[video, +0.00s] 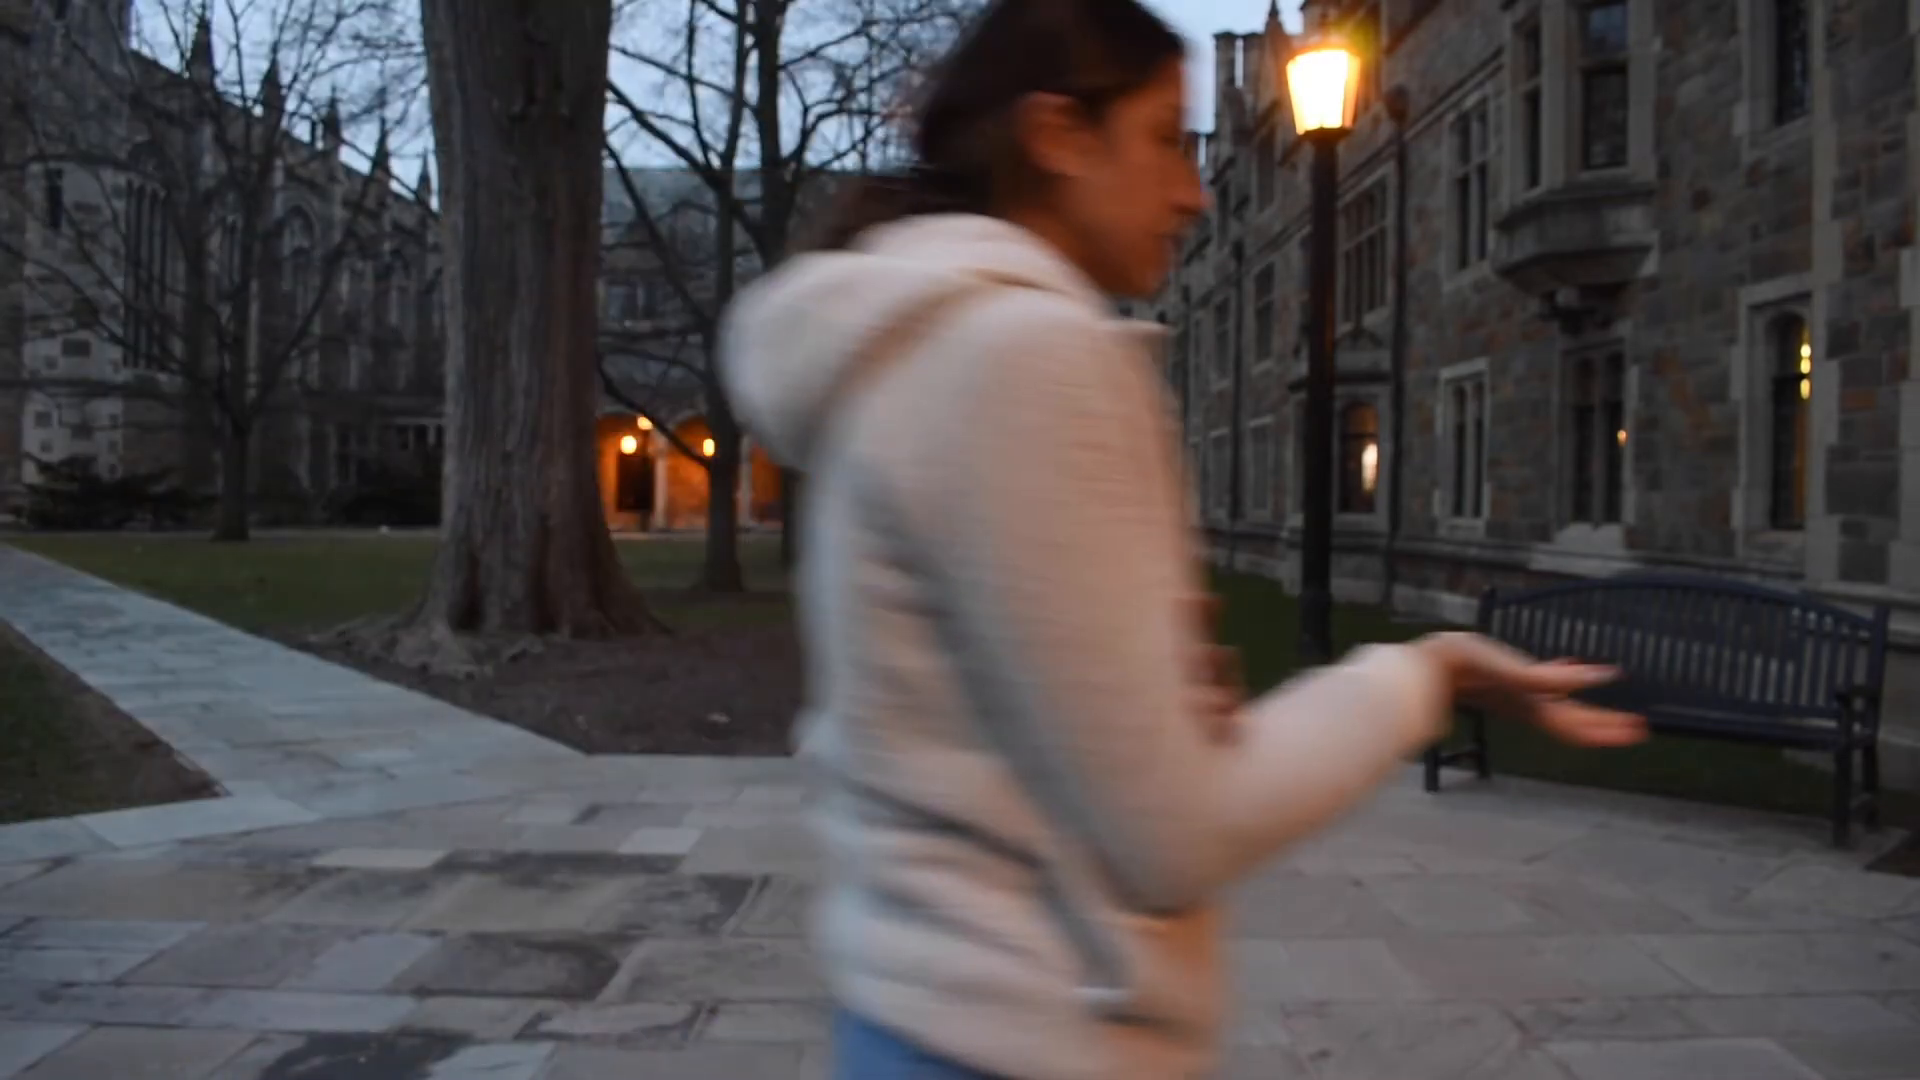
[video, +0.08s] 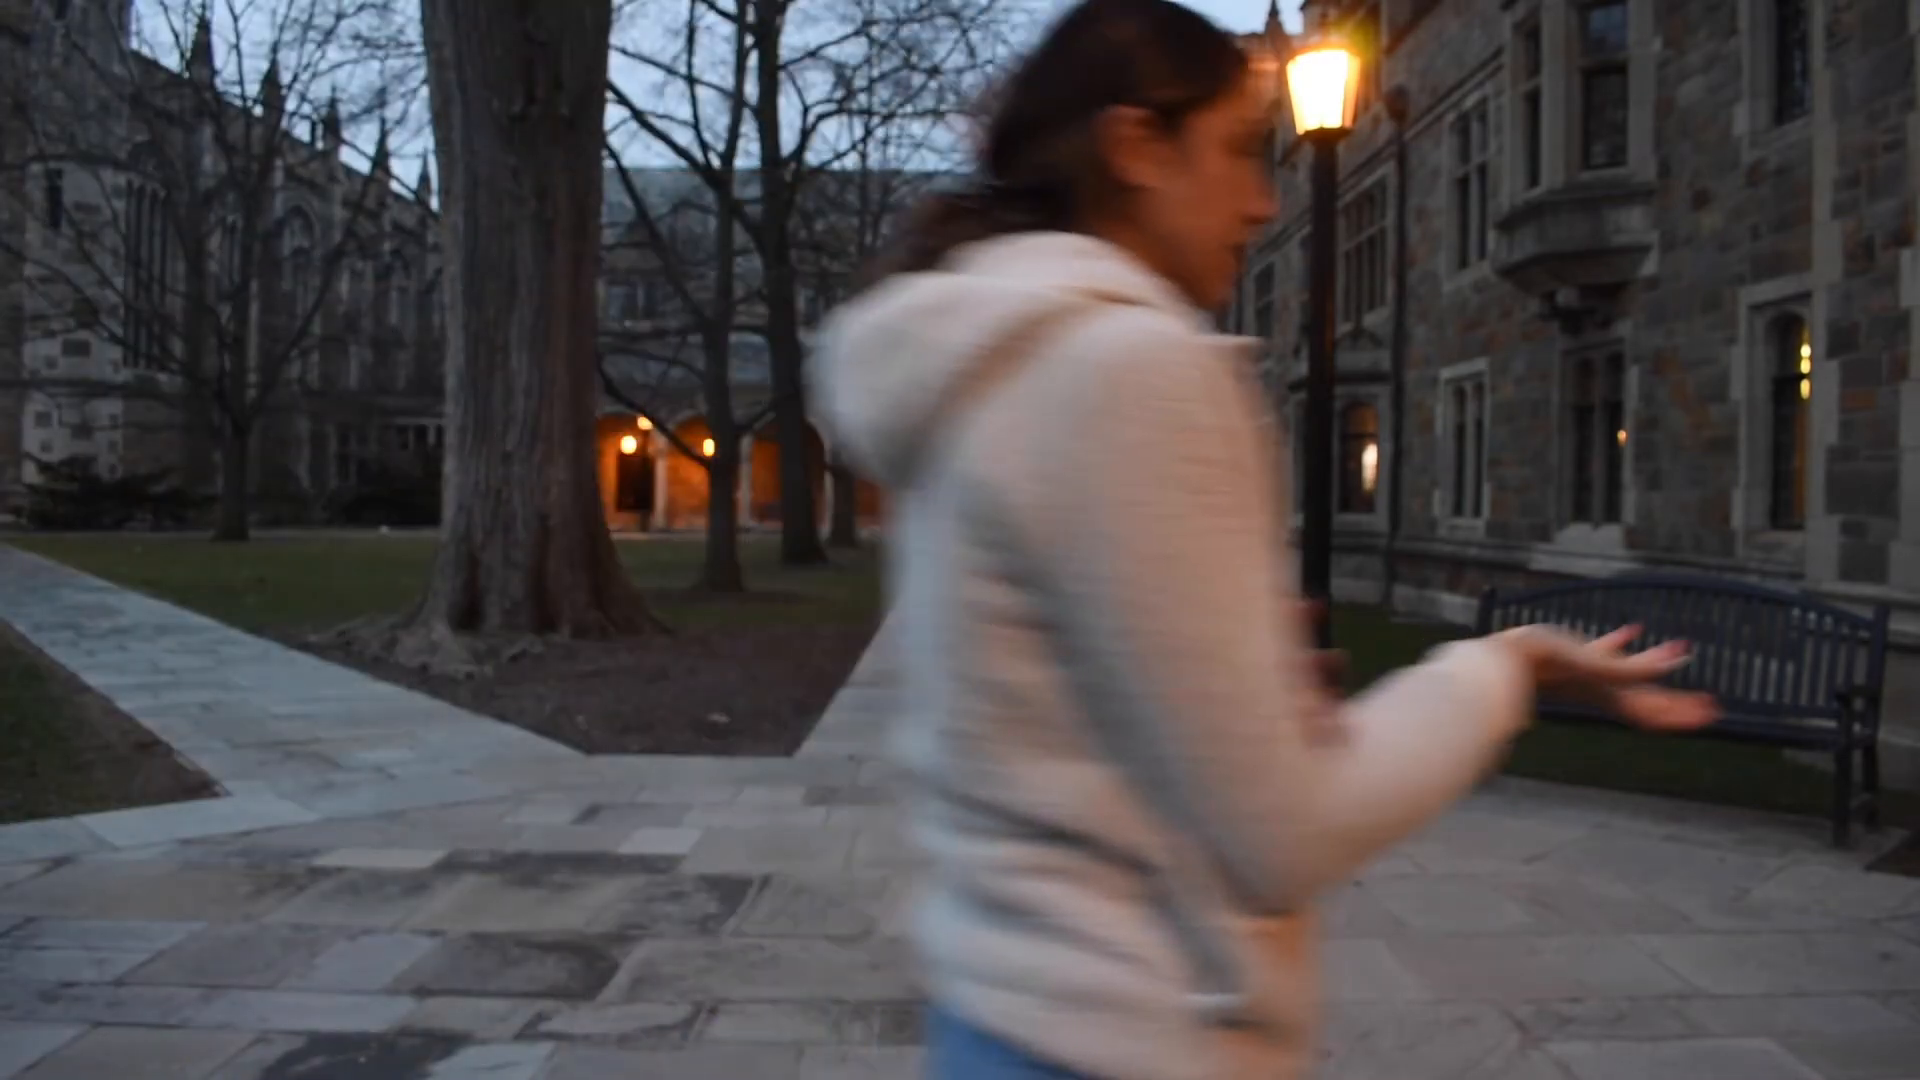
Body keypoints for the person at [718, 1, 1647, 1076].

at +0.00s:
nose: (1196, 195)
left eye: (1189, 150)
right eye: (1169, 142)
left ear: (1057, 141)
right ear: (1056, 137)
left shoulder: (930, 334)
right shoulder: (1026, 354)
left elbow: (935, 737)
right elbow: (1170, 835)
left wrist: (1160, 697)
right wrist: (1428, 676)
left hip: (930, 1014)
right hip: (1030, 1037)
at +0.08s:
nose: (1266, 206)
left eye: (1267, 162)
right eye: (1245, 154)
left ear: (1133, 153)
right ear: (1134, 148)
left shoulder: (1005, 347)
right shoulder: (1129, 363)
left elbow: (1020, 746)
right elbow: (1281, 837)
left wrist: (1259, 703)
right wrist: (1509, 668)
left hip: (1006, 1018)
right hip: (1128, 1038)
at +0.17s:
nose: (1329, 199)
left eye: (1325, 159)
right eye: (1309, 154)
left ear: (1206, 150)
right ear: (1209, 147)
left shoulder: (1053, 355)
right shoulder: (1225, 360)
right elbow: (1393, 818)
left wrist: (1365, 678)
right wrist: (1582, 645)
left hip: (1089, 1008)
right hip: (1236, 1034)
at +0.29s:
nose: (1416, 190)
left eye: (1412, 148)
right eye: (1402, 143)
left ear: (1207, 150)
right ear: (1324, 141)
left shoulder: (1121, 348)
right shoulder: (1377, 350)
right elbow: (1542, 789)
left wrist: (1549, 652)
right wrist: (1658, 606)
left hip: (1178, 994)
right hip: (1353, 1030)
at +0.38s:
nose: (1472, 177)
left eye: (1468, 141)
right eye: (1464, 140)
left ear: (1263, 152)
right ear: (1400, 137)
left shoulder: (1161, 358)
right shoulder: (1466, 347)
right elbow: (1625, 776)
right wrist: (1690, 590)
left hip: (1228, 984)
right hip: (1431, 1021)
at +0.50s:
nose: (1552, 170)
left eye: (1543, 139)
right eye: (1545, 138)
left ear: (1354, 154)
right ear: (1519, 144)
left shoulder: (1235, 382)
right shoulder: (1618, 352)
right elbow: (1732, 761)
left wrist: (1692, 583)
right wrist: (1727, 584)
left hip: (1308, 988)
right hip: (1557, 1015)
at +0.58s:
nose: (1607, 142)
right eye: (1602, 126)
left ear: (1401, 153)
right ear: (1593, 141)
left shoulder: (1289, 368)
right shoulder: (1713, 359)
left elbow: (1327, 637)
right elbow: (1797, 745)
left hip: (1370, 990)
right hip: (1633, 1014)